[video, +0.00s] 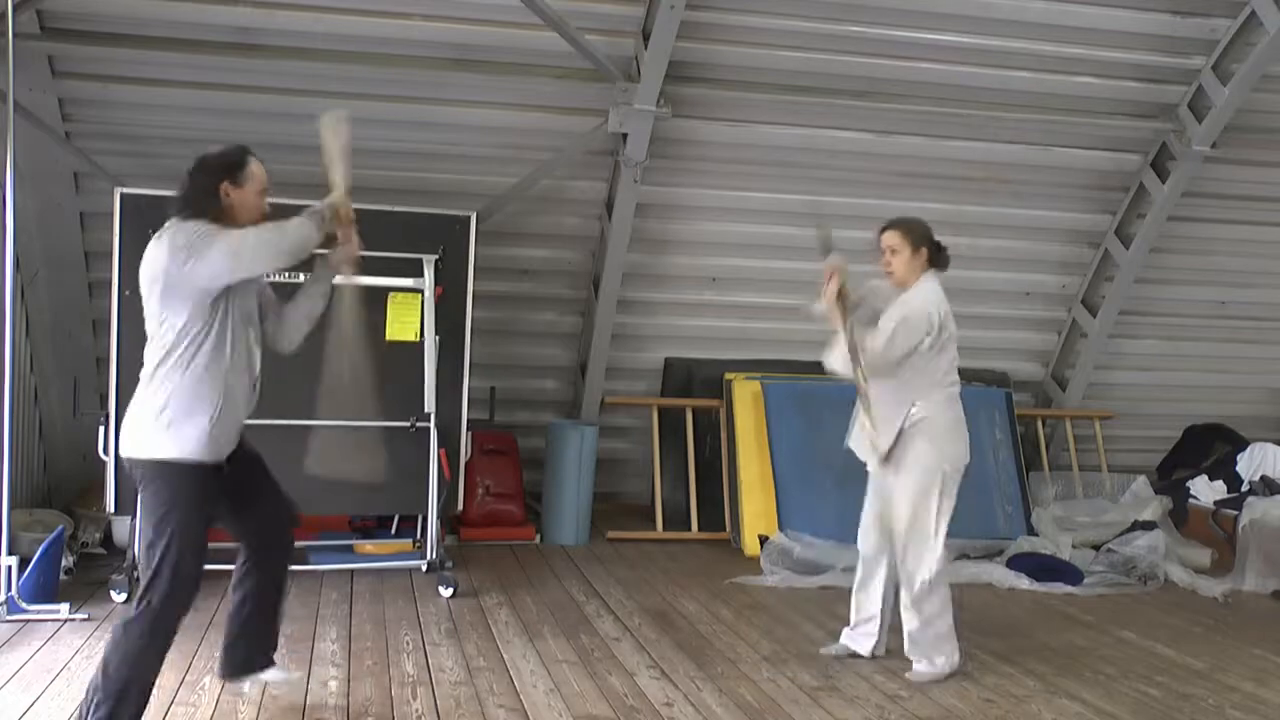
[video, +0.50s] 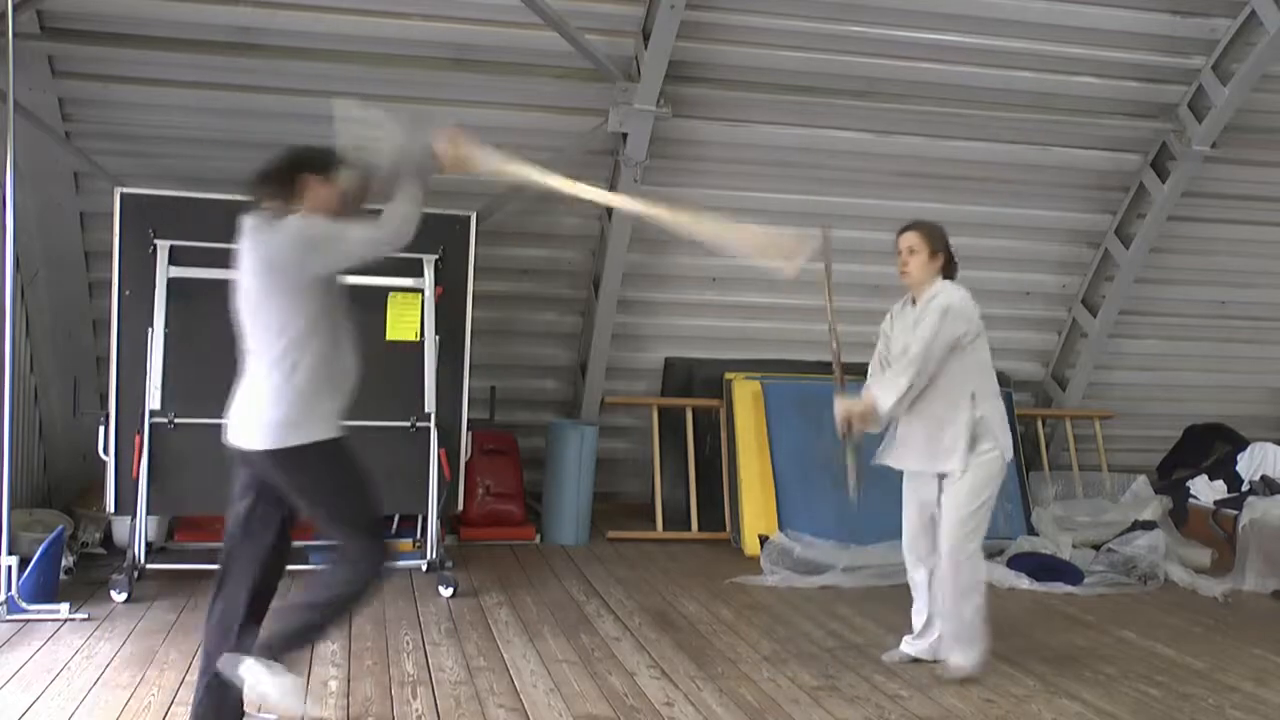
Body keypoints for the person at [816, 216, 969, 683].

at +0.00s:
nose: (885, 261)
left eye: (893, 252)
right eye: (883, 253)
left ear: (922, 255)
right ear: (893, 259)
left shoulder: (924, 302)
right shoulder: (904, 301)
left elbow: (874, 355)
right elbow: (853, 359)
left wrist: (837, 313)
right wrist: (838, 308)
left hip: (928, 437)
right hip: (894, 435)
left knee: (917, 547)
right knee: (875, 541)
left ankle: (938, 656)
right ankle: (862, 639)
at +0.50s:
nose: (902, 261)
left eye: (911, 252)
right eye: (899, 254)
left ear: (938, 258)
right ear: (899, 262)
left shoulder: (954, 301)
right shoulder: (897, 315)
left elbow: (919, 363)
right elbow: (879, 372)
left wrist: (870, 408)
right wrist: (863, 409)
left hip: (976, 445)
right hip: (924, 446)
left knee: (956, 543)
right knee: (919, 544)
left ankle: (966, 651)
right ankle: (927, 637)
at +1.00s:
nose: (967, 264)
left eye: (977, 255)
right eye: (965, 256)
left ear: (1004, 263)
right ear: (964, 266)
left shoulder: (1026, 296)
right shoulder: (963, 314)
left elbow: (985, 330)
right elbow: (951, 369)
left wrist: (934, 338)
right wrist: (935, 351)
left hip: (1029, 448)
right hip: (970, 446)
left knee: (1057, 555)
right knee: (943, 547)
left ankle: (1085, 664)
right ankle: (921, 641)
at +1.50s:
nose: (1030, 253)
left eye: (1039, 245)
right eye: (1024, 247)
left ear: (1063, 251)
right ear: (1017, 254)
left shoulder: (1082, 295)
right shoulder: (1006, 293)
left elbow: (1112, 299)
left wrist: (1086, 252)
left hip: (1085, 439)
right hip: (1022, 437)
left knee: (1099, 552)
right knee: (1005, 548)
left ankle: (1096, 661)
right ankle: (999, 651)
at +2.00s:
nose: (1079, 310)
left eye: (1087, 300)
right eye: (1074, 302)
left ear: (1115, 297)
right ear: (1072, 307)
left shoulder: (1147, 314)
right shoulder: (1078, 350)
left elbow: (1173, 343)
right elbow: (1104, 399)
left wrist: (1148, 379)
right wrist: (1130, 406)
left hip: (1178, 458)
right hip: (1127, 467)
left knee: (1174, 562)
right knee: (1139, 559)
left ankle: (1181, 663)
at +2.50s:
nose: (1113, 275)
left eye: (1123, 266)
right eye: (1111, 267)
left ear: (1150, 272)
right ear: (1111, 274)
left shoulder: (1162, 323)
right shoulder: (1108, 316)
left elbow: (1126, 394)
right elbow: (1074, 354)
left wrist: (1064, 386)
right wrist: (1047, 378)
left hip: (1176, 459)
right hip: (1128, 458)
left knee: (1170, 564)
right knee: (1098, 548)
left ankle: (1195, 670)